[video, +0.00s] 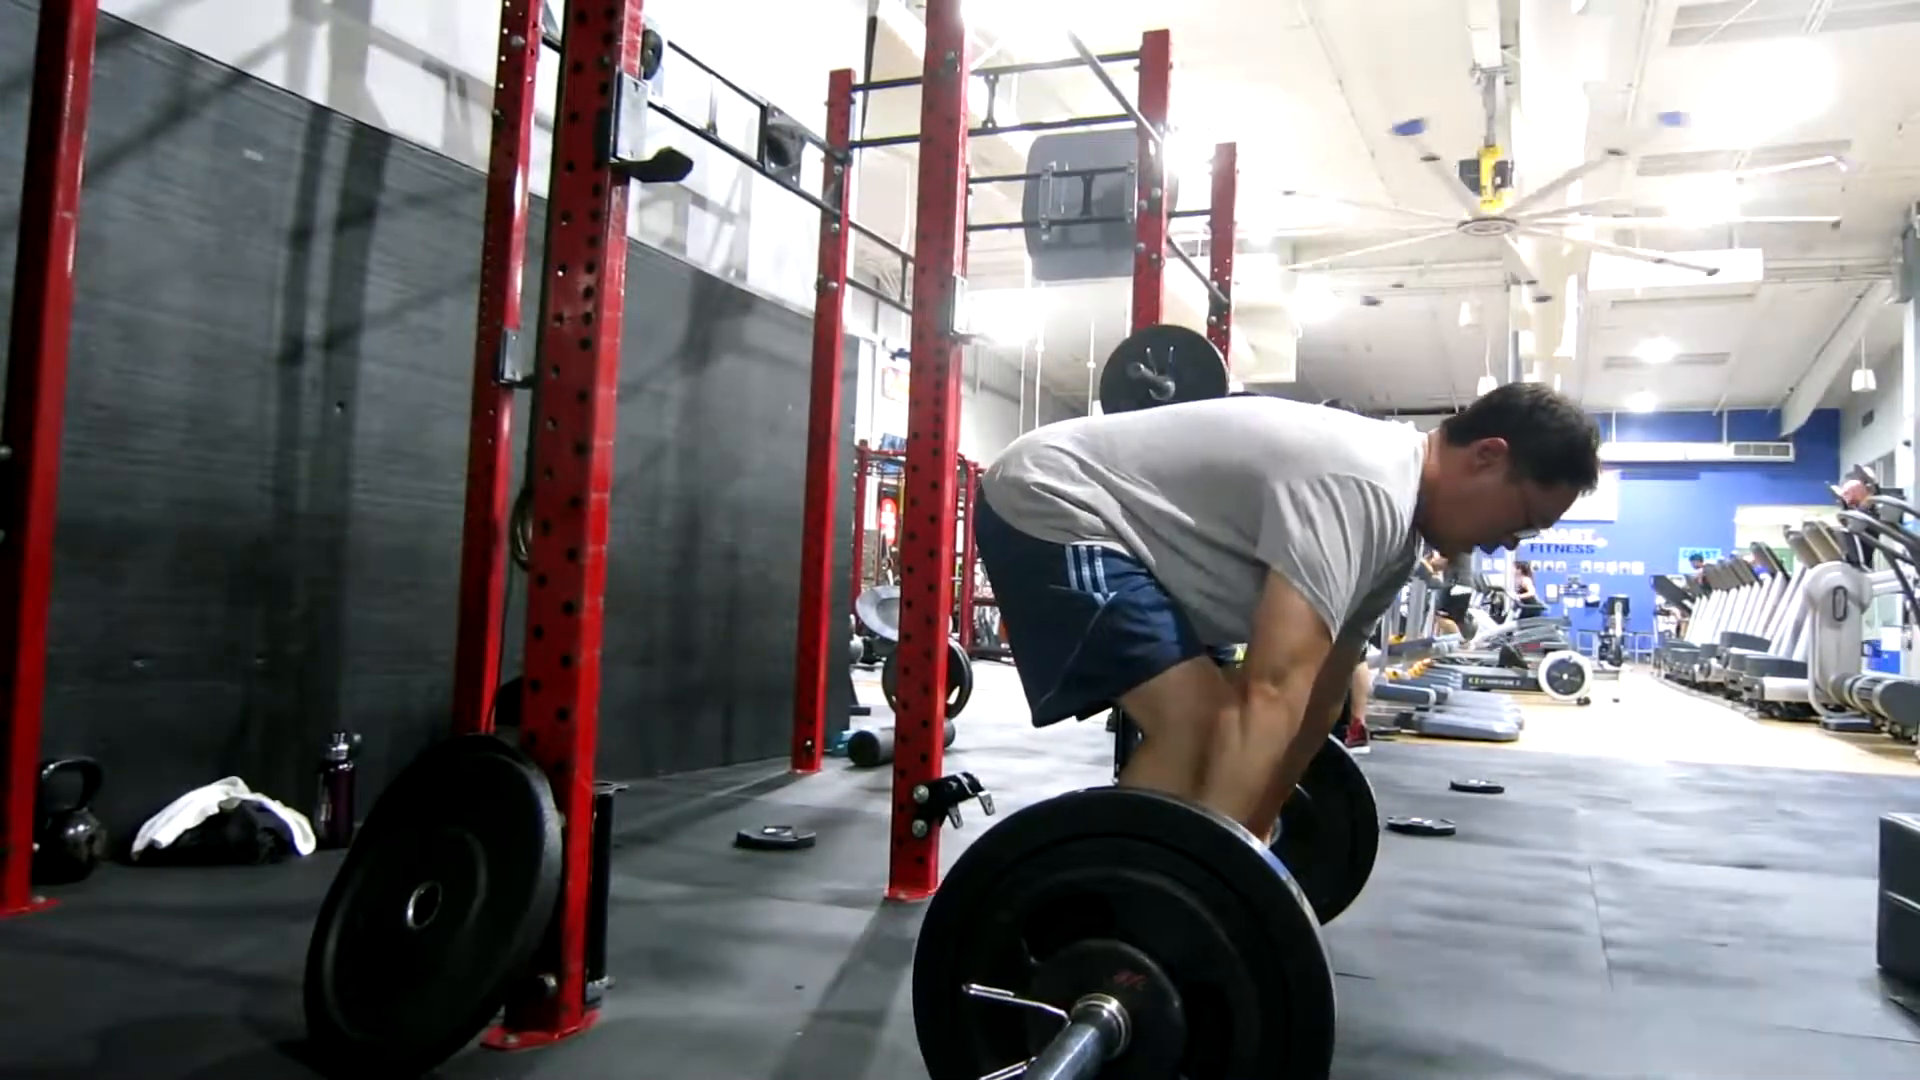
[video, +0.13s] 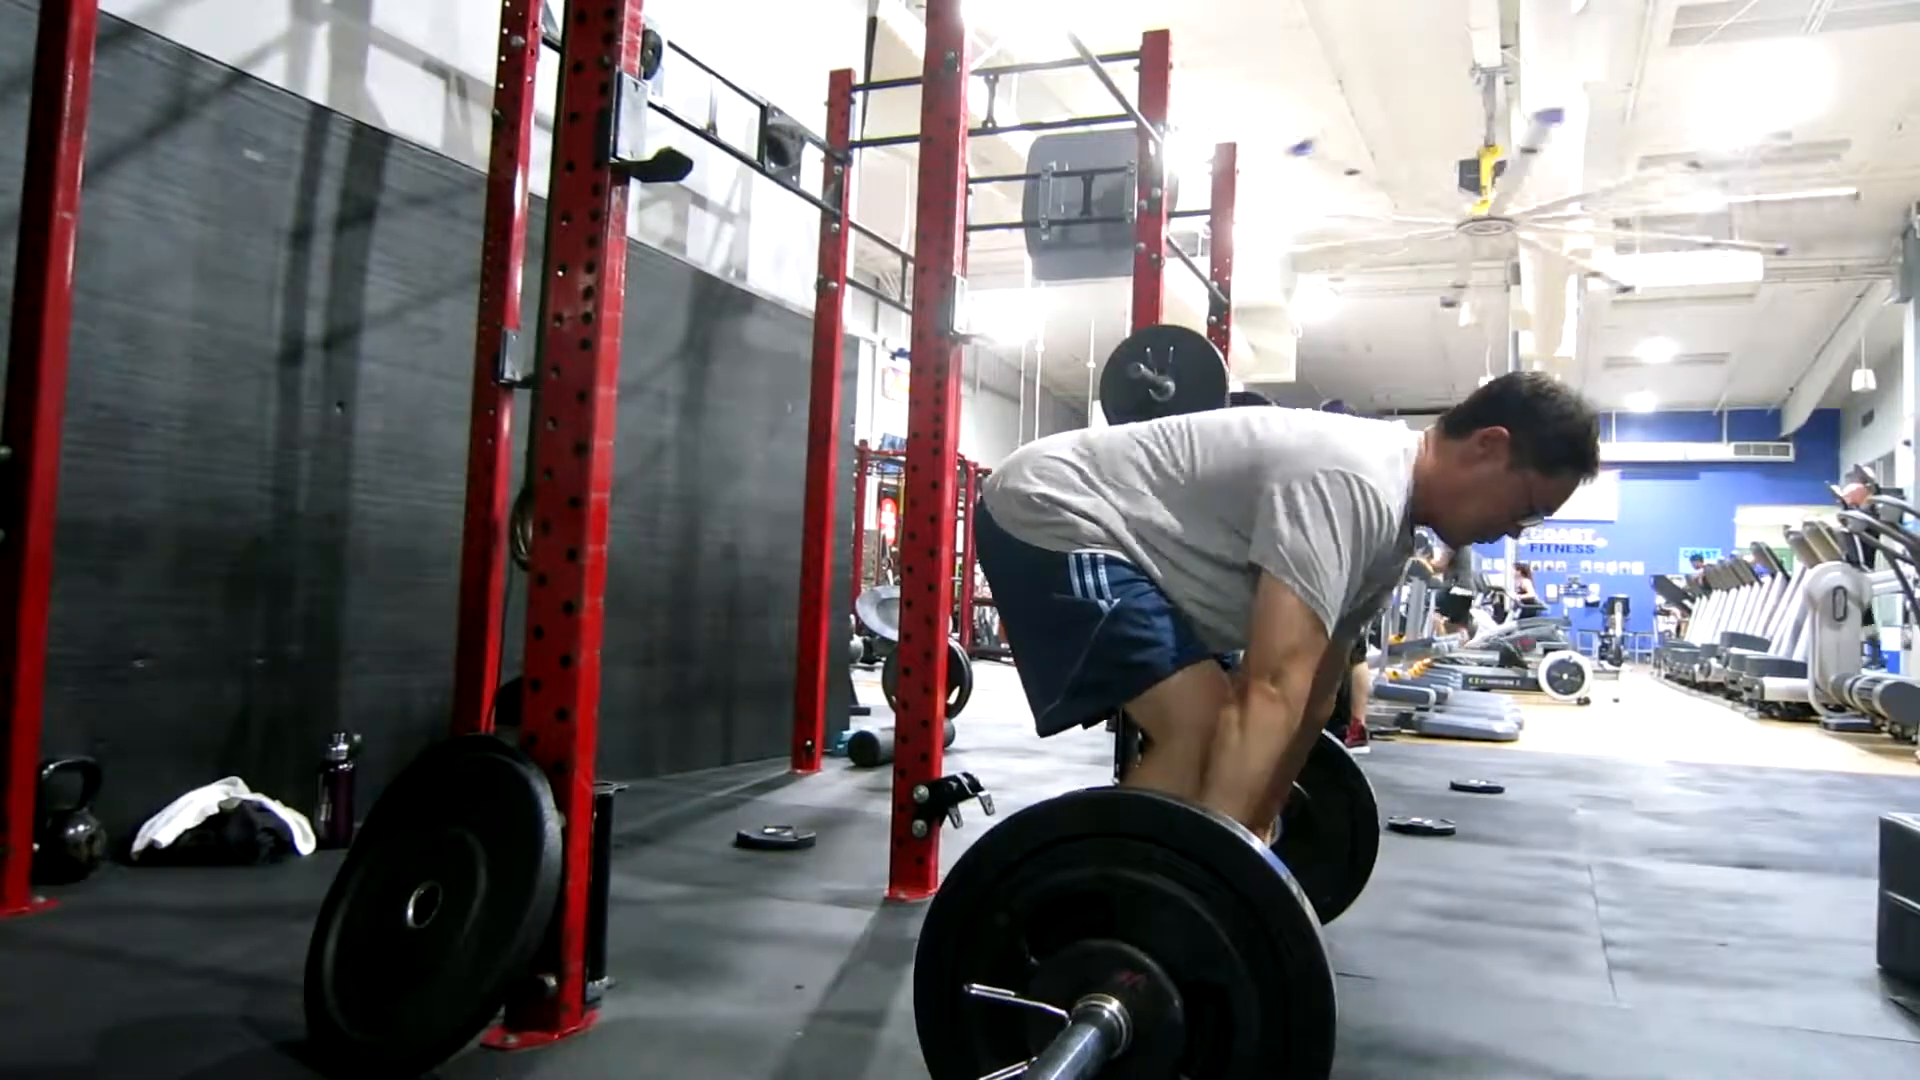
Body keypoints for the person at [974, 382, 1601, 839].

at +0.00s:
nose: (1511, 542)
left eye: (1528, 531)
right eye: (1522, 520)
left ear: (1488, 458)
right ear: (1488, 458)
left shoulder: (1401, 523)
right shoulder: (1358, 486)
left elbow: (1324, 689)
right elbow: (1269, 688)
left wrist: (1239, 849)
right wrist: (1216, 875)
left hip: (1116, 523)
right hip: (1055, 499)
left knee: (1214, 720)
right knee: (1199, 718)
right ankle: (1127, 927)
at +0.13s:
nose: (1513, 532)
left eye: (1530, 519)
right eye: (1525, 510)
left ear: (1488, 449)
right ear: (1489, 449)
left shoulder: (1393, 520)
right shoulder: (1347, 480)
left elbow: (1314, 686)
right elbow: (1271, 686)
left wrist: (1241, 855)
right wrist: (1209, 883)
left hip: (1113, 526)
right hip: (1055, 507)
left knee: (1214, 718)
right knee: (1198, 719)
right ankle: (1135, 930)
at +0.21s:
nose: (1513, 525)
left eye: (1531, 513)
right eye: (1526, 503)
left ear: (1490, 443)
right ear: (1490, 442)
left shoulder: (1385, 514)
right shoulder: (1337, 475)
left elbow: (1300, 690)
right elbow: (1250, 679)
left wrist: (1252, 831)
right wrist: (1201, 873)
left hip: (1106, 529)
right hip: (1054, 511)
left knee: (1202, 729)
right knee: (1207, 718)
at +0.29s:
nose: (1511, 522)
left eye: (1529, 509)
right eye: (1523, 499)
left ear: (1487, 440)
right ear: (1487, 440)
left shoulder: (1383, 514)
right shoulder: (1326, 476)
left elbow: (1293, 690)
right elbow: (1238, 678)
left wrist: (1249, 842)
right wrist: (1195, 871)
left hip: (1119, 538)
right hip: (1051, 517)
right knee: (1200, 716)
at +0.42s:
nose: (1498, 520)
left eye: (1516, 507)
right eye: (1510, 497)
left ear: (1475, 438)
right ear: (1476, 437)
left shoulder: (1374, 508)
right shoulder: (1319, 473)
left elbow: (1290, 680)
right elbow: (1231, 676)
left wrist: (1256, 823)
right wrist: (1197, 878)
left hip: (1111, 550)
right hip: (1046, 527)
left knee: (1194, 730)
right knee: (1201, 720)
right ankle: (1162, 923)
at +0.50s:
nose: (1493, 498)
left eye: (1511, 485)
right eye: (1505, 475)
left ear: (1465, 421)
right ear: (1466, 420)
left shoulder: (1364, 498)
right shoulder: (1310, 463)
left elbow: (1291, 673)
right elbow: (1234, 669)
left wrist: (1259, 818)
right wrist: (1212, 856)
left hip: (1107, 551)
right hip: (1044, 529)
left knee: (1204, 735)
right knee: (1196, 719)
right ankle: (1161, 918)